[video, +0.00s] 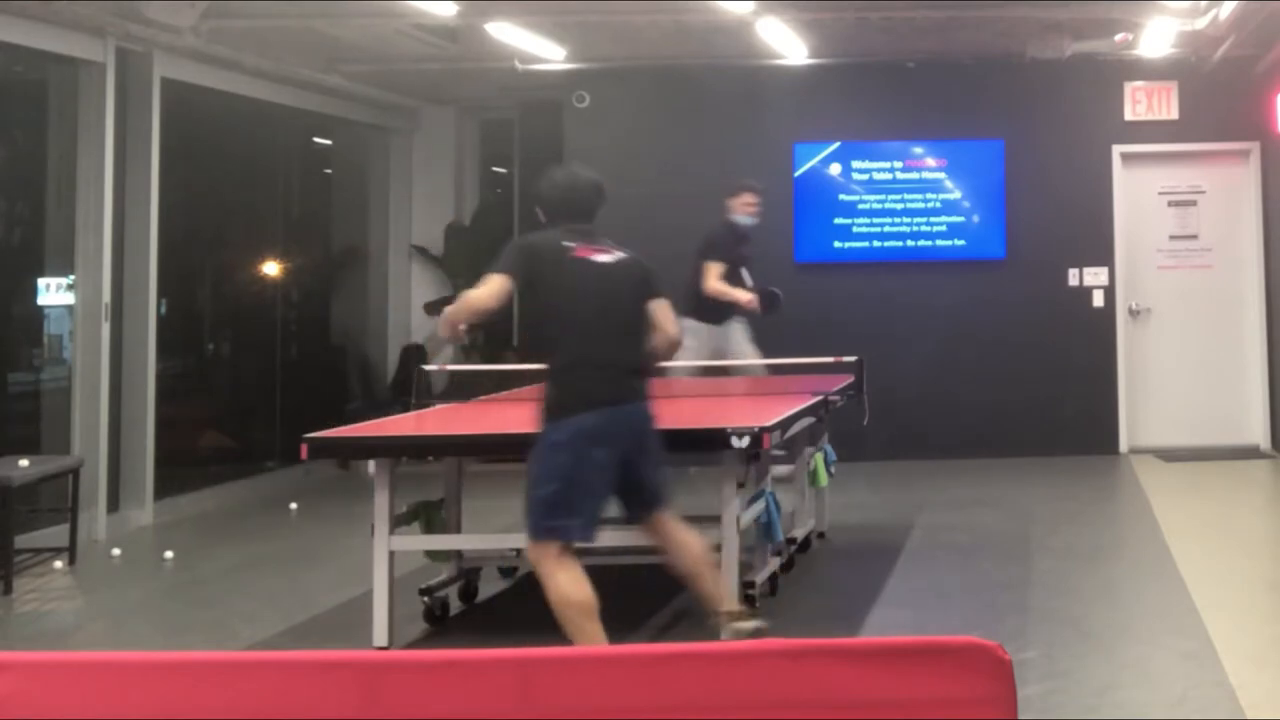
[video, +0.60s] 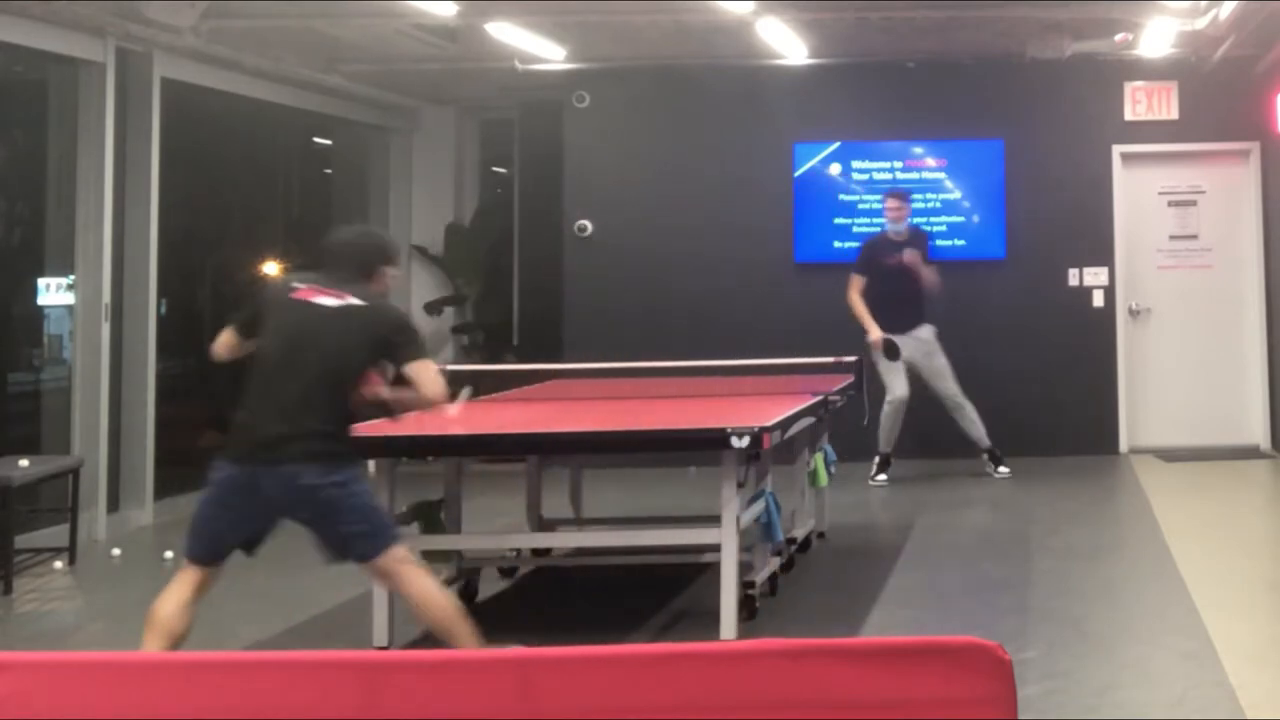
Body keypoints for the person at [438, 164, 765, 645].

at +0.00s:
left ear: (544, 208)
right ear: (596, 209)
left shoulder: (531, 248)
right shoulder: (627, 261)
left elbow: (484, 299)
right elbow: (668, 333)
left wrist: (454, 317)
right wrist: (636, 363)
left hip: (575, 420)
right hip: (630, 413)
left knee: (549, 547)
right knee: (658, 517)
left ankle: (600, 663)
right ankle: (732, 613)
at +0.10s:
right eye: (585, 195)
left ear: (527, 197)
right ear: (582, 199)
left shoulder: (499, 242)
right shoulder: (607, 253)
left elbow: (447, 304)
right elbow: (637, 326)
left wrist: (442, 332)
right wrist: (612, 358)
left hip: (520, 413)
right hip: (587, 409)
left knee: (505, 544)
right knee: (600, 517)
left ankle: (578, 649)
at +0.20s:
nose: (567, 213)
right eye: (566, 207)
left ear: (510, 206)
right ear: (562, 212)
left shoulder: (471, 252)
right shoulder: (582, 266)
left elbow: (411, 316)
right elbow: (608, 341)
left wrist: (433, 334)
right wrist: (593, 378)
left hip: (471, 424)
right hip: (539, 426)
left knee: (429, 540)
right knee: (544, 533)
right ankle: (538, 652)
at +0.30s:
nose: (541, 234)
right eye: (541, 228)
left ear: (477, 226)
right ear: (535, 234)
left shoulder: (437, 271)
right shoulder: (550, 287)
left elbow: (371, 327)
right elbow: (579, 365)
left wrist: (413, 327)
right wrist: (553, 399)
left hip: (420, 438)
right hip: (493, 442)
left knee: (359, 543)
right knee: (535, 535)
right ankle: (535, 655)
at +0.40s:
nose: (498, 256)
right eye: (496, 248)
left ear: (434, 244)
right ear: (490, 253)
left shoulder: (390, 287)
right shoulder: (497, 304)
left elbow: (319, 333)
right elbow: (533, 383)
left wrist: (366, 323)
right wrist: (498, 411)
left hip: (367, 459)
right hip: (444, 459)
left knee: (294, 561)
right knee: (513, 536)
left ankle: (206, 663)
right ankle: (534, 656)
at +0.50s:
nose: (444, 285)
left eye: (445, 275)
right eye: (441, 275)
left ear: (383, 262)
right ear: (424, 274)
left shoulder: (331, 295)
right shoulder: (431, 316)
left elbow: (265, 337)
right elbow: (478, 393)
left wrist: (320, 323)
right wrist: (440, 412)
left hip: (296, 467)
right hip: (370, 470)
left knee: (224, 572)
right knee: (457, 554)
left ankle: (155, 674)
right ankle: (524, 659)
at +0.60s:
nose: (392, 283)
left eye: (392, 273)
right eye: (390, 274)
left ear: (328, 262)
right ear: (376, 275)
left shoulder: (278, 293)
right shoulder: (382, 317)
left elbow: (221, 349)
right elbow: (434, 392)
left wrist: (276, 336)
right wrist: (382, 395)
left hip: (246, 462)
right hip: (319, 466)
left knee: (191, 575)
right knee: (401, 567)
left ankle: (140, 678)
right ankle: (482, 662)